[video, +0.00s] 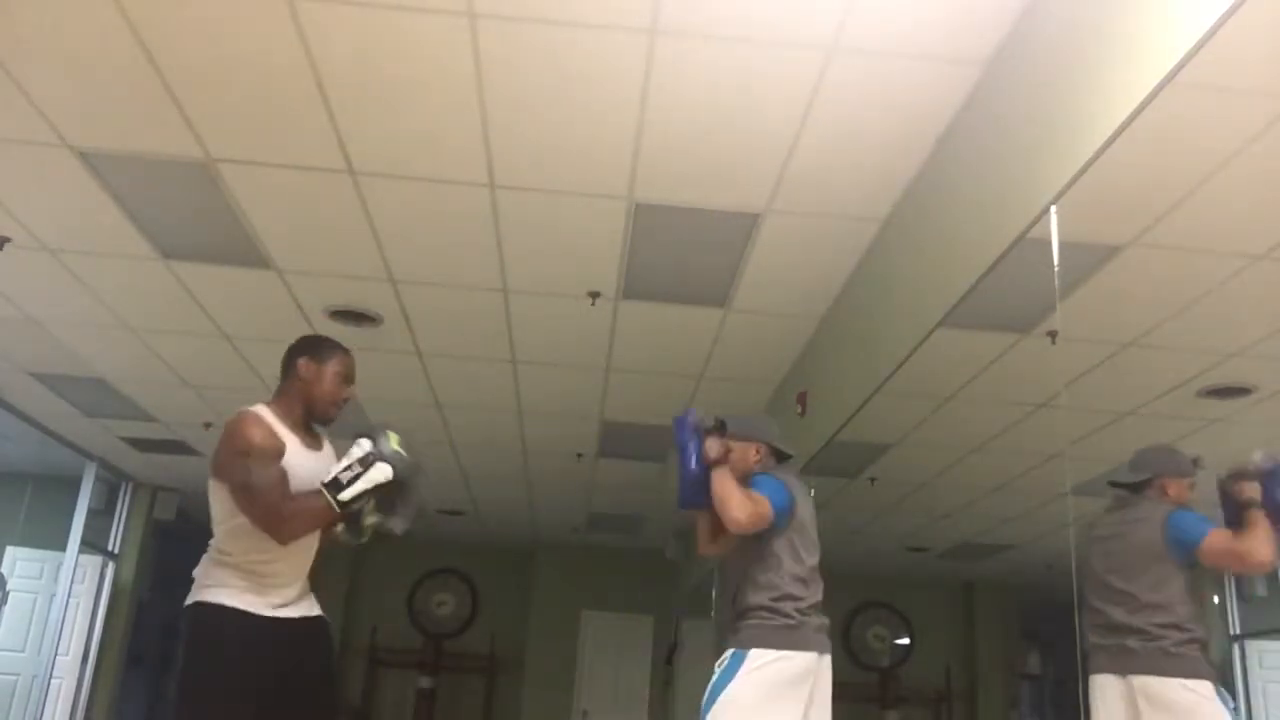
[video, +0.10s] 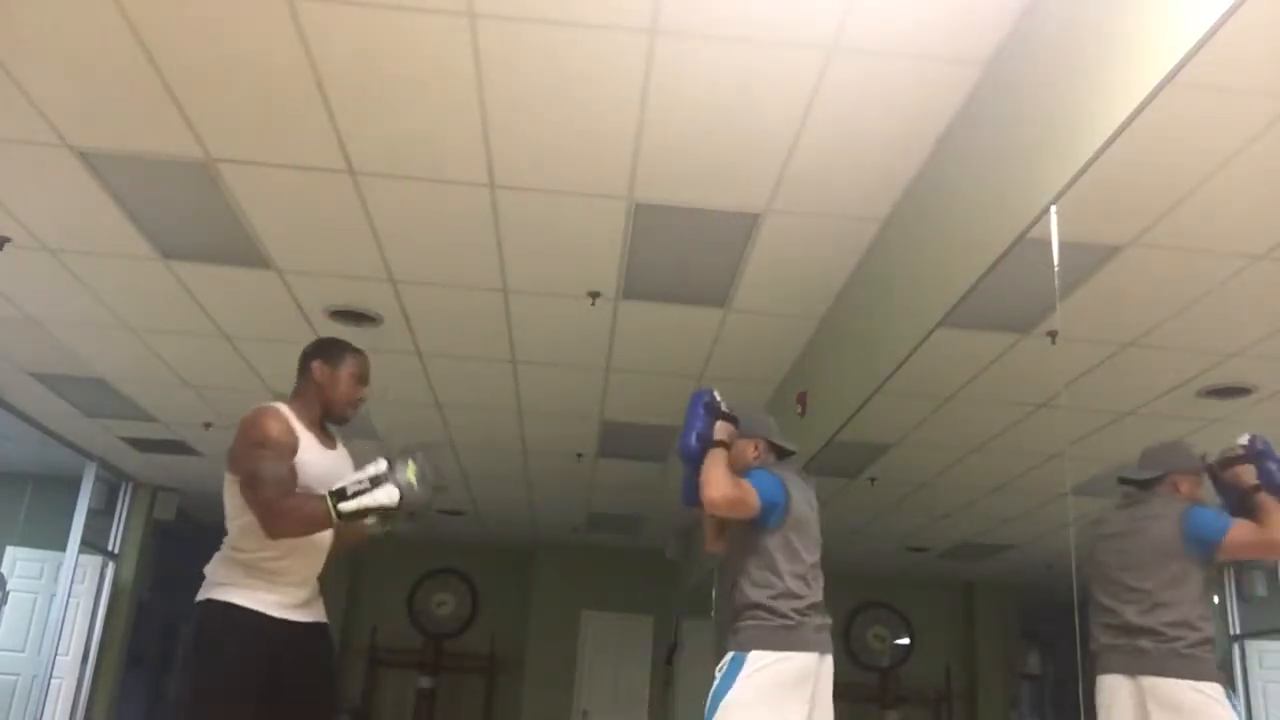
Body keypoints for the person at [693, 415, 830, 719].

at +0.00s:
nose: (723, 457)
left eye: (730, 448)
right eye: (723, 449)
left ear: (757, 452)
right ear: (756, 453)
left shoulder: (775, 484)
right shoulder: (793, 487)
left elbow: (741, 517)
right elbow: (709, 544)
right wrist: (703, 476)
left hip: (769, 647)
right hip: (808, 648)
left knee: (725, 712)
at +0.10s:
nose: (729, 457)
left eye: (733, 447)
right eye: (728, 448)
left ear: (755, 448)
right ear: (762, 448)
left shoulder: (772, 483)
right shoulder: (799, 486)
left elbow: (718, 495)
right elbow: (716, 542)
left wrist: (720, 442)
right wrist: (703, 472)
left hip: (770, 651)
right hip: (811, 650)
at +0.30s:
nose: (710, 454)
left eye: (714, 442)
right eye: (710, 443)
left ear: (741, 441)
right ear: (750, 441)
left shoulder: (751, 475)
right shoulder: (800, 479)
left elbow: (684, 490)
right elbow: (722, 541)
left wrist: (696, 437)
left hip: (764, 641)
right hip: (821, 639)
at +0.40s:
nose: (706, 451)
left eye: (713, 436)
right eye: (706, 438)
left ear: (743, 435)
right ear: (756, 437)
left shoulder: (753, 469)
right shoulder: (804, 474)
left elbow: (680, 484)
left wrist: (696, 428)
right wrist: (681, 450)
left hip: (767, 641)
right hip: (825, 639)